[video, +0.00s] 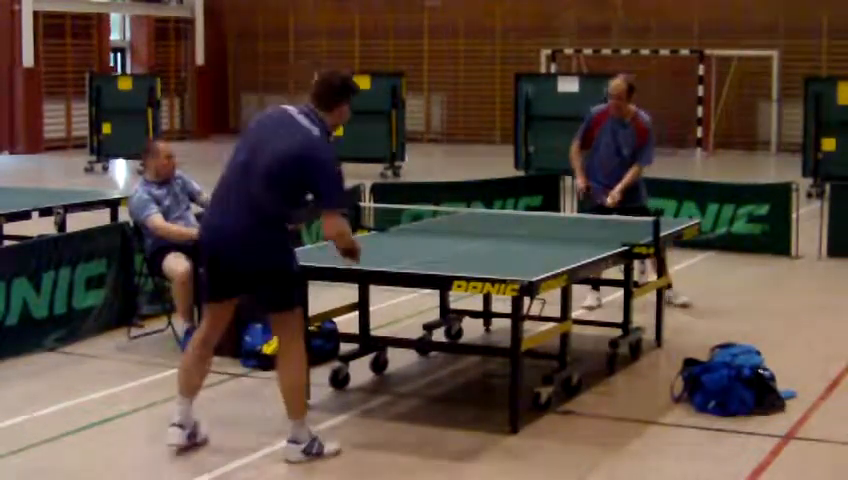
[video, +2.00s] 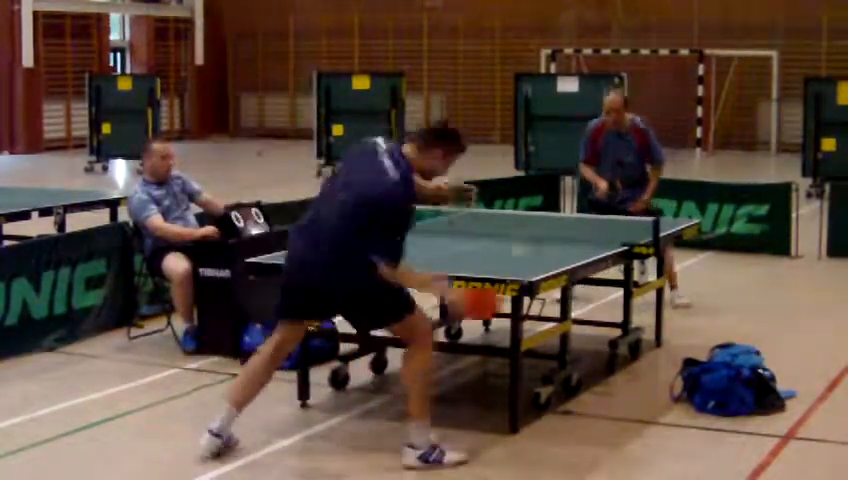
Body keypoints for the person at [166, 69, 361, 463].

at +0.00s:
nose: (347, 117)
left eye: (348, 110)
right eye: (348, 110)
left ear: (313, 97)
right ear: (340, 109)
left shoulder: (273, 116)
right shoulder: (319, 150)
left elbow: (257, 176)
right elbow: (334, 228)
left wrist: (291, 215)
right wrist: (349, 247)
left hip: (216, 234)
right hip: (264, 242)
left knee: (211, 325)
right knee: (290, 334)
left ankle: (182, 421)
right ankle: (300, 436)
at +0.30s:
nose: (301, 94)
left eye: (299, 87)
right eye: (300, 87)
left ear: (262, 86)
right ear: (290, 90)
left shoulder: (229, 119)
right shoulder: (285, 135)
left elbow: (218, 181)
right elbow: (296, 204)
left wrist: (281, 202)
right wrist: (323, 212)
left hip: (210, 238)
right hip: (258, 243)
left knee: (210, 330)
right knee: (290, 332)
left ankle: (183, 425)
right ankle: (299, 435)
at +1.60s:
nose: (324, 109)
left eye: (324, 102)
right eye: (325, 103)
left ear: (288, 98)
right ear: (315, 101)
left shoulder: (251, 135)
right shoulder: (306, 141)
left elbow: (236, 197)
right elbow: (321, 212)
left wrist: (282, 219)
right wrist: (363, 225)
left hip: (239, 251)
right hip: (285, 254)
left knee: (242, 339)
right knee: (343, 334)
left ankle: (211, 435)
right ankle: (350, 441)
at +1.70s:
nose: (351, 112)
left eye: (351, 104)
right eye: (350, 104)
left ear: (314, 99)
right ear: (339, 104)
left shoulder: (281, 132)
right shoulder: (314, 144)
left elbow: (290, 197)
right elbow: (310, 214)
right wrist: (357, 252)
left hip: (248, 257)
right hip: (289, 262)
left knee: (252, 342)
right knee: (360, 329)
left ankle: (212, 433)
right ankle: (378, 440)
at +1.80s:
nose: (381, 134)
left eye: (382, 127)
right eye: (380, 126)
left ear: (351, 118)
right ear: (364, 123)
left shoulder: (319, 141)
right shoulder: (332, 159)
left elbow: (351, 204)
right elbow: (297, 222)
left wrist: (400, 208)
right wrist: (332, 277)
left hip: (261, 264)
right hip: (290, 272)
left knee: (266, 347)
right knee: (373, 335)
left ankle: (215, 432)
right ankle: (411, 439)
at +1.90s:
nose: (417, 158)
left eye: (419, 150)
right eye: (417, 150)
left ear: (389, 139)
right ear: (402, 145)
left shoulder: (358, 155)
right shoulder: (355, 175)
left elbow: (391, 189)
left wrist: (438, 200)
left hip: (284, 267)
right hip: (321, 269)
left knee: (271, 353)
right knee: (401, 336)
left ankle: (215, 435)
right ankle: (421, 444)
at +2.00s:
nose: (444, 171)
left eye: (449, 164)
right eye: (447, 163)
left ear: (419, 142)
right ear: (436, 155)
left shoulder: (371, 147)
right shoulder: (397, 194)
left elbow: (396, 179)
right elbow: (386, 268)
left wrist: (423, 190)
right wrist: (429, 282)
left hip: (303, 260)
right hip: (349, 274)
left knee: (282, 340)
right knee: (420, 332)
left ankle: (219, 429)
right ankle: (420, 444)